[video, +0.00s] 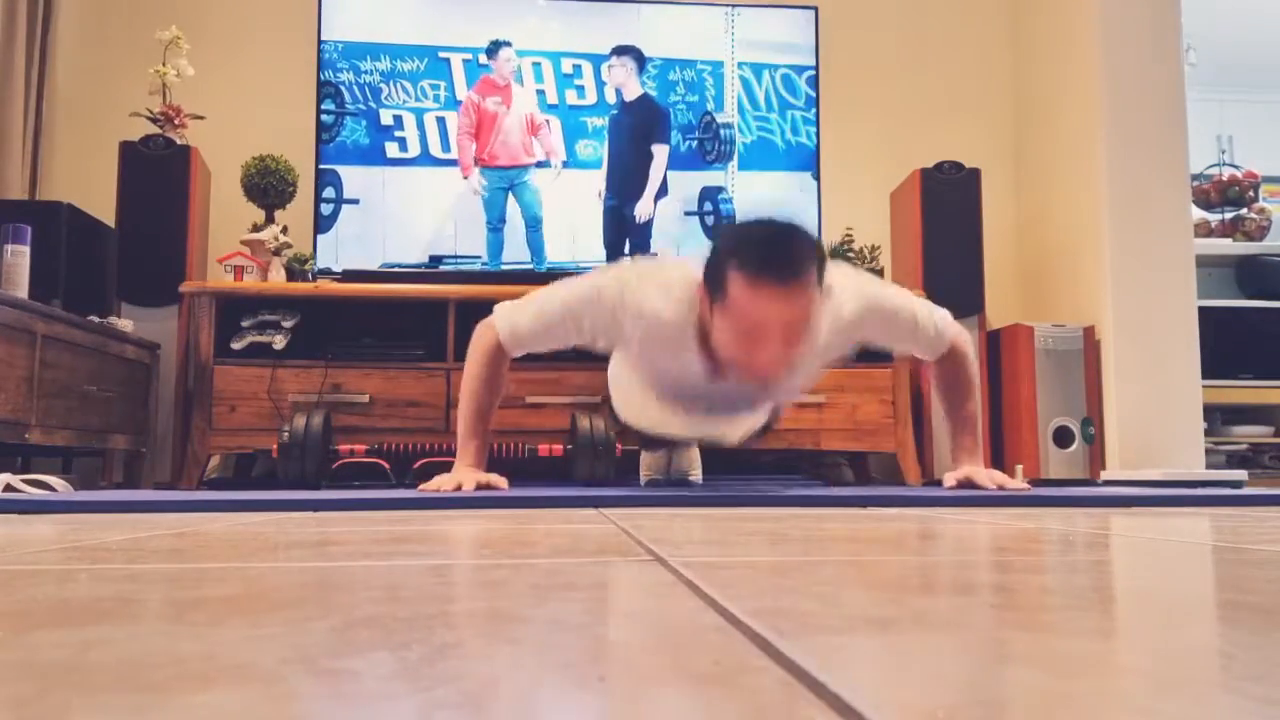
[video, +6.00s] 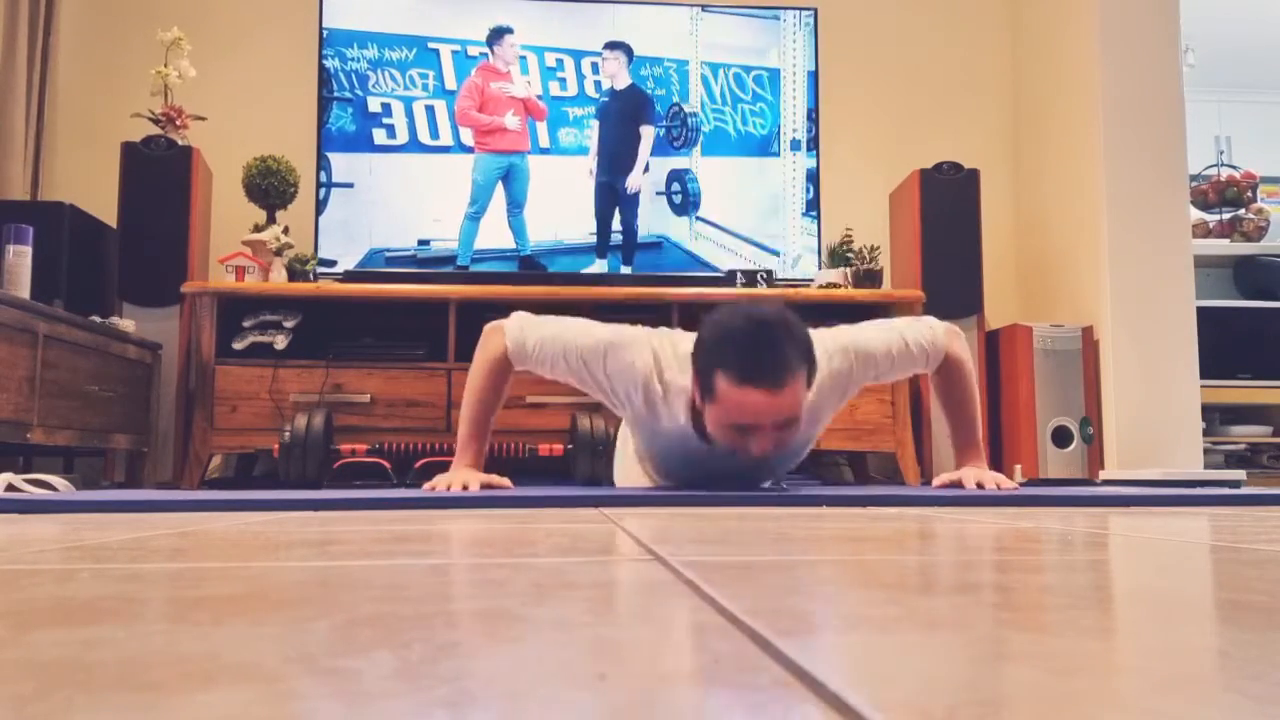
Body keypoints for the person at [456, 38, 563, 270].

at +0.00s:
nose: (514, 64)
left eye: (515, 59)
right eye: (508, 60)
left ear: (515, 60)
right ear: (493, 63)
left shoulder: (523, 94)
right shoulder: (476, 96)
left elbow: (539, 126)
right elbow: (464, 135)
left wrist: (552, 153)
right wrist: (469, 171)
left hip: (524, 170)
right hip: (492, 171)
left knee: (535, 218)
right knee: (495, 223)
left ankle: (540, 268)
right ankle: (494, 269)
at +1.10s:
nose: (528, 70)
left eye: (530, 65)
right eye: (523, 65)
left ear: (532, 66)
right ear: (508, 64)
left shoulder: (536, 95)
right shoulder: (491, 95)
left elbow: (560, 125)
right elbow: (474, 132)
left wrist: (557, 127)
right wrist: (491, 159)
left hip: (536, 169)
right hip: (507, 169)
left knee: (532, 223)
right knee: (501, 223)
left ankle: (535, 270)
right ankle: (490, 268)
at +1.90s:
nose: (543, 74)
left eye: (547, 68)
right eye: (539, 68)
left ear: (550, 68)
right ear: (525, 65)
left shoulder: (553, 98)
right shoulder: (506, 94)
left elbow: (570, 124)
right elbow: (486, 126)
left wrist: (589, 140)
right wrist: (519, 140)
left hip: (542, 169)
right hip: (512, 168)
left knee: (536, 218)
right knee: (505, 217)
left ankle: (538, 266)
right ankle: (495, 263)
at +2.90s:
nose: (531, 61)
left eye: (531, 56)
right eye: (525, 56)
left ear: (532, 57)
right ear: (510, 58)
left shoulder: (537, 86)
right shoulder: (496, 88)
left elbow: (553, 108)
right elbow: (484, 123)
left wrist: (563, 115)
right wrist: (512, 142)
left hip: (537, 159)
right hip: (510, 159)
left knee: (539, 210)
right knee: (507, 209)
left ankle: (544, 257)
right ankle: (503, 256)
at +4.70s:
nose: (526, 51)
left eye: (531, 47)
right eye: (521, 45)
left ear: (535, 52)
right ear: (511, 48)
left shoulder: (538, 82)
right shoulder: (497, 77)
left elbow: (559, 116)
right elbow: (476, 109)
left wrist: (543, 96)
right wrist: (505, 128)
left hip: (531, 156)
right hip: (502, 153)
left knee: (525, 207)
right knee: (484, 206)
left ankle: (525, 257)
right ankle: (464, 260)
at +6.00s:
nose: (516, 51)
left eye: (517, 46)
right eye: (512, 46)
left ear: (505, 48)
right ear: (496, 48)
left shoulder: (518, 78)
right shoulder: (478, 78)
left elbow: (542, 114)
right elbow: (462, 115)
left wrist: (526, 95)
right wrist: (502, 122)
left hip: (519, 156)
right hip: (489, 155)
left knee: (517, 210)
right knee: (475, 210)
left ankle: (526, 257)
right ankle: (462, 263)